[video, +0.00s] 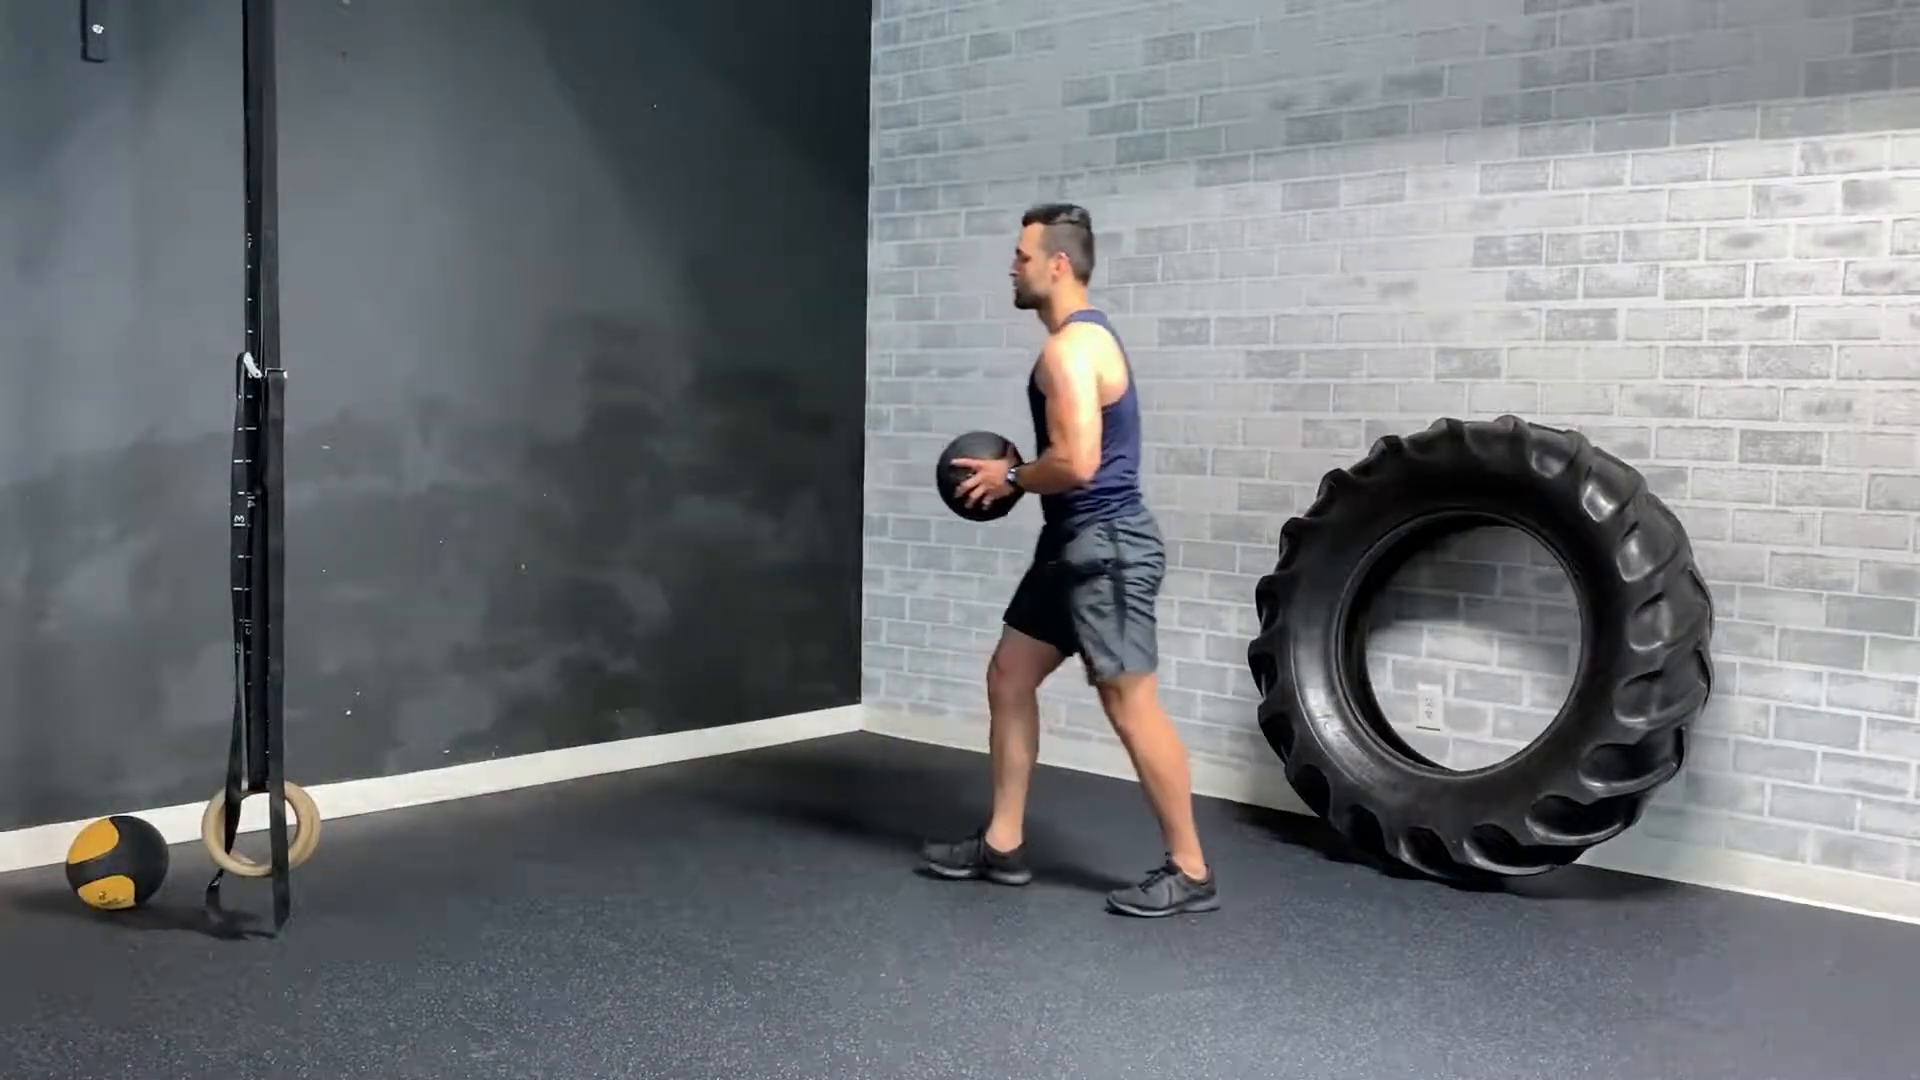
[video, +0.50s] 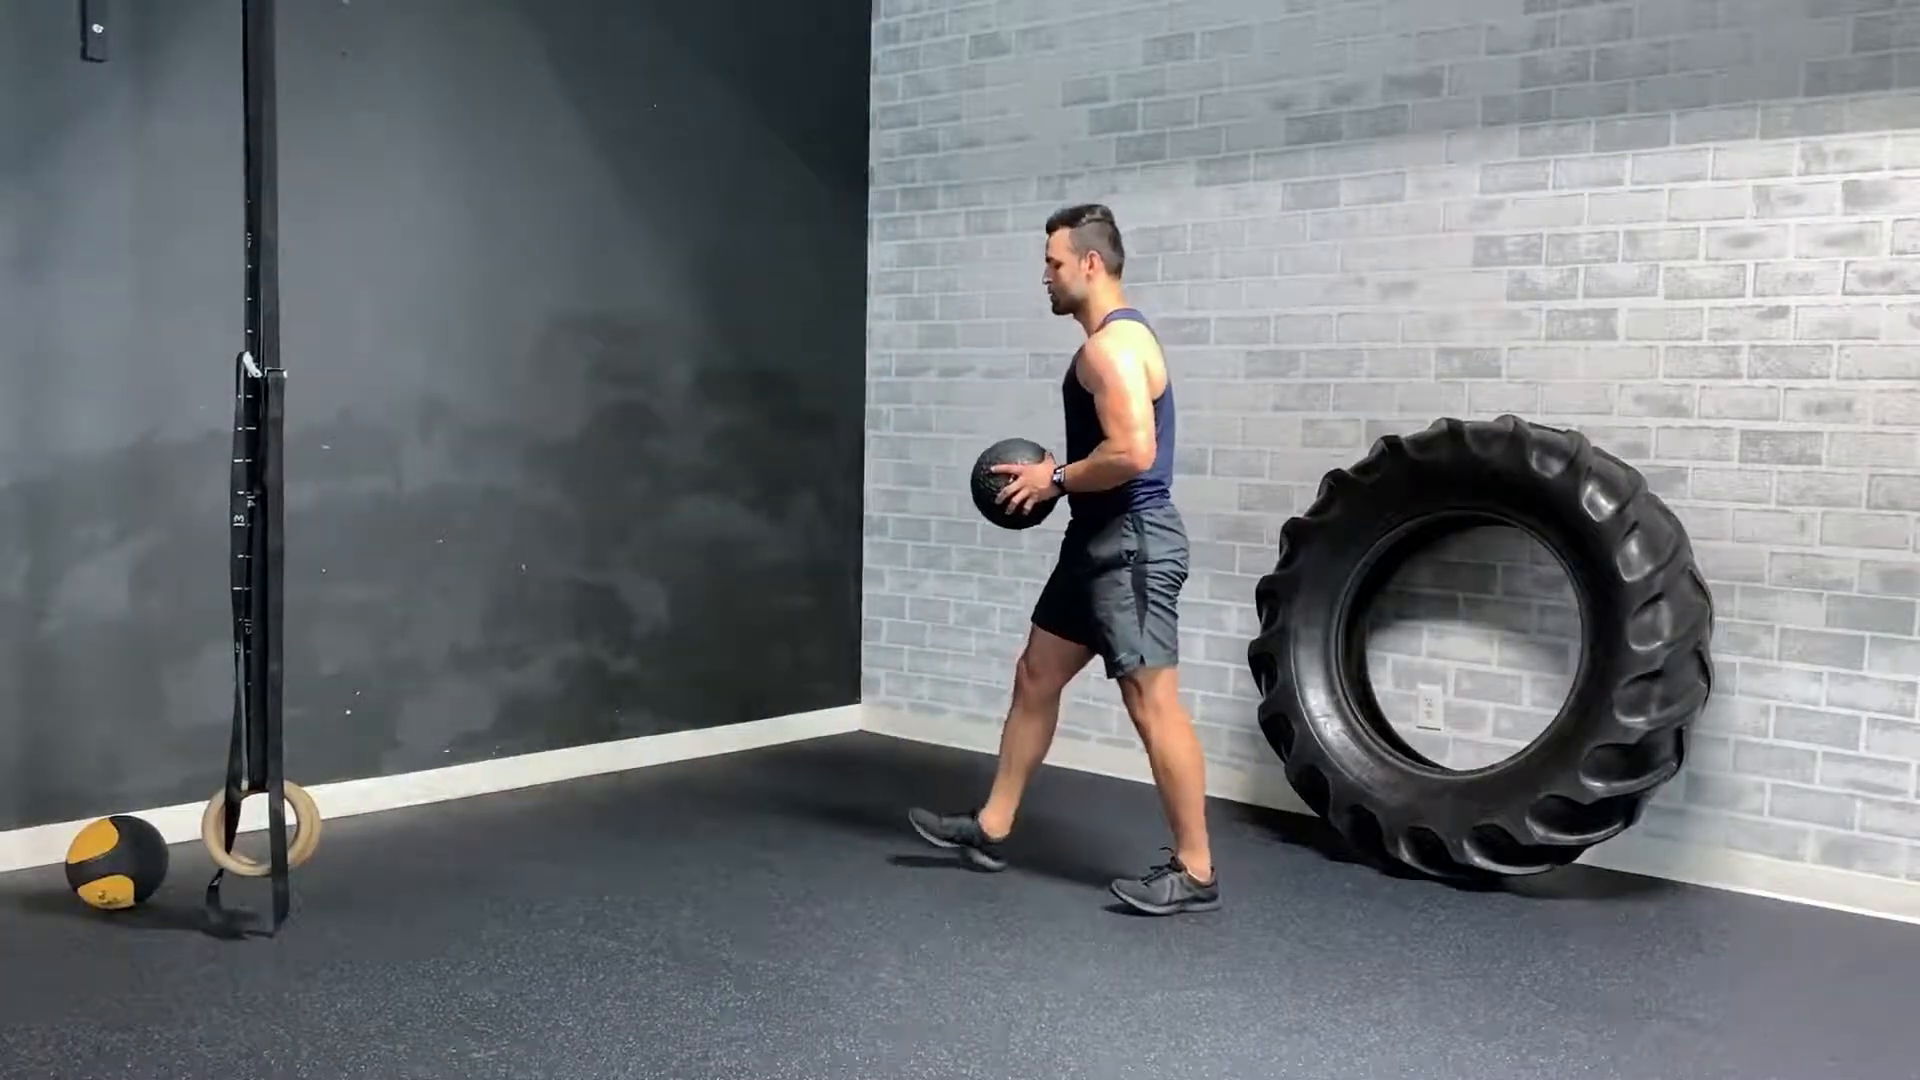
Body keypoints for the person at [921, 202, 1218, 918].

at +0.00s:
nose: (1012, 269)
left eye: (1022, 257)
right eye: (1015, 256)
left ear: (1060, 266)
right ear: (1065, 268)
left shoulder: (1069, 349)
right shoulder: (1090, 340)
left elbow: (1077, 464)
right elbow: (1085, 458)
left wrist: (1013, 478)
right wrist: (1013, 471)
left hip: (1107, 543)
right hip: (1076, 545)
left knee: (1131, 701)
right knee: (1009, 680)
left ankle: (1190, 869)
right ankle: (1002, 847)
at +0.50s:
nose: (1045, 275)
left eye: (1054, 262)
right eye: (1046, 262)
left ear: (1094, 264)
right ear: (1094, 267)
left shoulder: (1112, 346)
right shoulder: (1118, 340)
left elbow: (1134, 453)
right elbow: (1123, 453)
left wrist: (1058, 477)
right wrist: (1052, 474)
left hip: (1133, 543)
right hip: (1098, 540)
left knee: (1152, 701)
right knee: (1036, 679)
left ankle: (1195, 868)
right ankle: (991, 829)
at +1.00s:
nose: (980, 277)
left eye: (990, 265)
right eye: (983, 265)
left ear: (1026, 272)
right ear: (1027, 273)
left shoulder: (1045, 342)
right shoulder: (1035, 345)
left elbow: (982, 439)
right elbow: (981, 451)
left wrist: (915, 424)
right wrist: (910, 429)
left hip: (1092, 532)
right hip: (1047, 545)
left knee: (1158, 676)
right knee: (989, 675)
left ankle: (1253, 832)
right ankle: (973, 835)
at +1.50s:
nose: (1074, 282)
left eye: (1083, 269)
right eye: (1074, 270)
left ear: (1120, 278)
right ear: (1116, 283)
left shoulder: (1142, 357)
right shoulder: (1099, 346)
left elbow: (1059, 431)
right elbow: (1004, 341)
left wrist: (1026, 353)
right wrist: (1011, 279)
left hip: (1145, 551)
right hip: (1090, 553)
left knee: (1194, 702)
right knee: (1025, 680)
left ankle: (1258, 863)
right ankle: (975, 837)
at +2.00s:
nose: (1098, 292)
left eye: (1109, 281)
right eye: (1099, 280)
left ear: (1150, 286)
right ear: (1136, 288)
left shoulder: (1185, 372)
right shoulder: (1128, 361)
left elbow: (1122, 463)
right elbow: (1095, 458)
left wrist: (1121, 377)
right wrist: (1025, 448)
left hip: (1143, 556)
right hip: (1089, 551)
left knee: (1183, 706)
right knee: (1023, 682)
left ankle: (1257, 861)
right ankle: (974, 835)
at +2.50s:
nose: (1072, 286)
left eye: (1083, 274)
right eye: (1075, 274)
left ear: (1126, 282)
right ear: (1115, 284)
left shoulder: (1164, 366)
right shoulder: (1118, 357)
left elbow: (1118, 464)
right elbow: (1104, 475)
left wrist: (1113, 380)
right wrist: (1086, 550)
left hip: (1146, 554)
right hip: (1097, 556)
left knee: (1198, 702)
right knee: (1029, 683)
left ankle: (1258, 861)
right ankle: (989, 828)